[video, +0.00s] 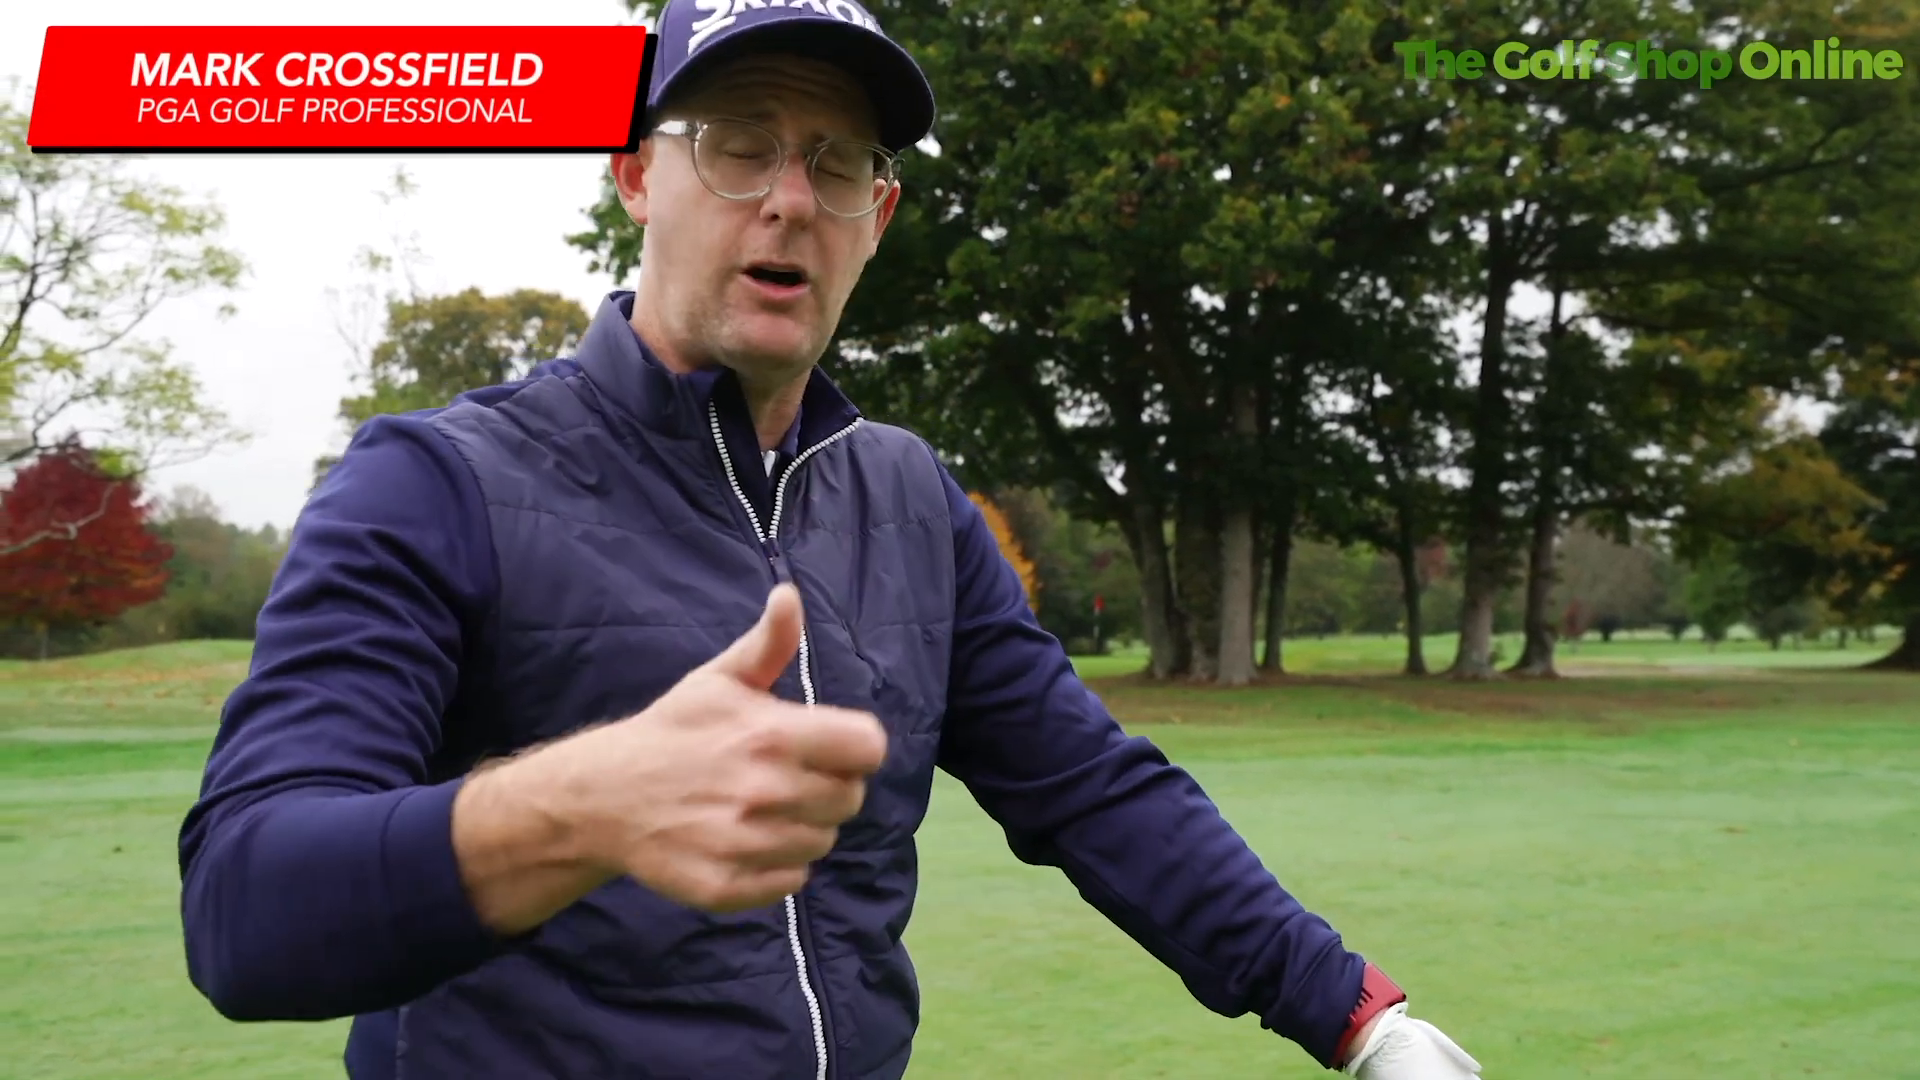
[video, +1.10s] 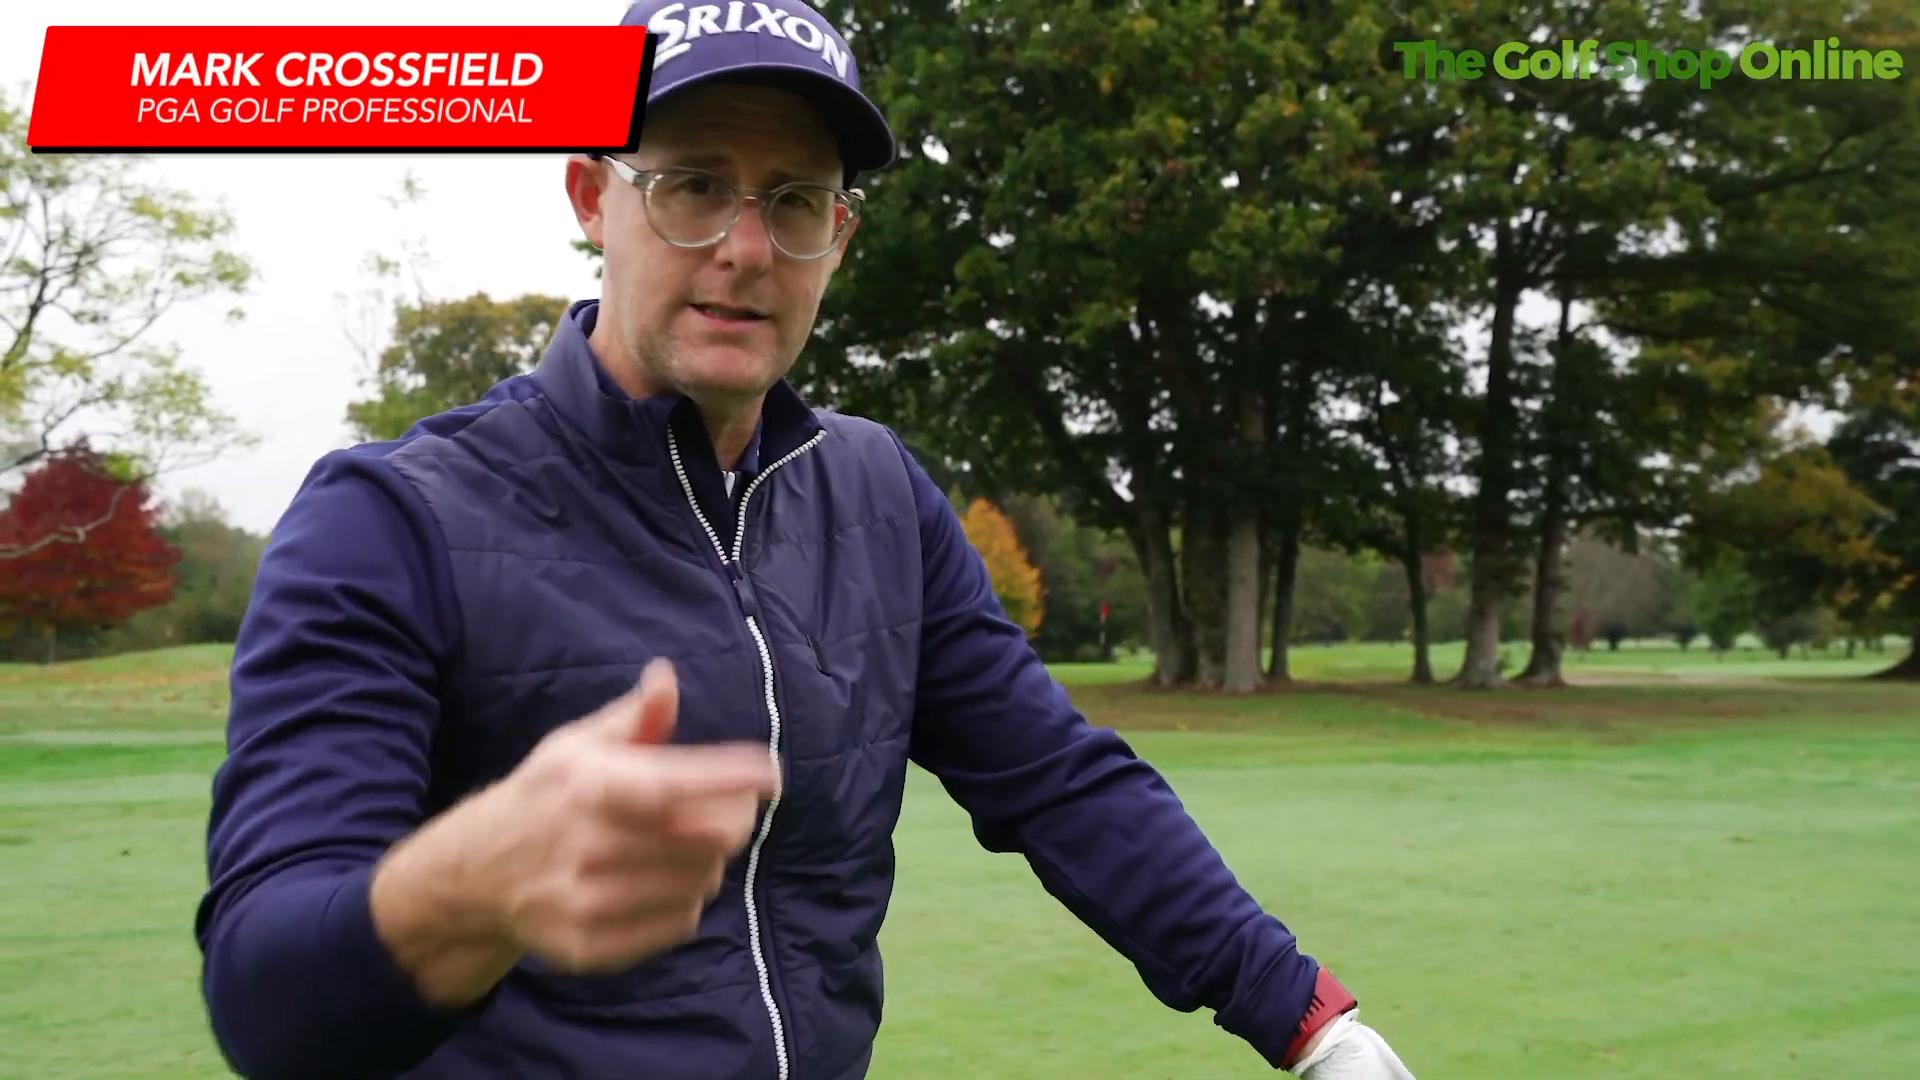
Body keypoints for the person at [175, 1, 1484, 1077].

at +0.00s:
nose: (789, 205)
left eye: (833, 167)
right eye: (739, 150)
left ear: (877, 220)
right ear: (643, 182)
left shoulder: (913, 505)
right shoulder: (442, 482)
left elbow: (1095, 790)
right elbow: (248, 918)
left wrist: (1365, 1022)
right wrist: (582, 804)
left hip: (835, 1052)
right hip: (503, 1052)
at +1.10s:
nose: (744, 244)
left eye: (792, 199)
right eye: (694, 185)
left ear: (841, 236)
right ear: (595, 204)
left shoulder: (882, 500)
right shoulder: (398, 514)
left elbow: (1064, 782)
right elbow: (268, 998)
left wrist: (1320, 1033)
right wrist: (467, 893)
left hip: (809, 1065)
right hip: (511, 1067)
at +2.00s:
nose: (795, 396)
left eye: (847, 350)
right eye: (755, 330)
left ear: (885, 323)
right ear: (632, 251)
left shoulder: (822, 468)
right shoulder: (366, 539)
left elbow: (966, 692)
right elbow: (230, 1002)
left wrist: (990, 830)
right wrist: (632, 1041)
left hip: (816, 1057)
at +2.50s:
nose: (739, 233)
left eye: (786, 189)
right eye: (692, 174)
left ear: (836, 244)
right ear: (588, 203)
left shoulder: (854, 477)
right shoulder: (370, 522)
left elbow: (1003, 729)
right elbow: (244, 997)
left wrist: (999, 824)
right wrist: (600, 1018)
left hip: (817, 1058)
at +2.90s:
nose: (763, 259)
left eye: (819, 213)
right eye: (722, 191)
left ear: (877, 262)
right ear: (631, 203)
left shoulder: (888, 497)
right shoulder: (393, 502)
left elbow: (1010, 796)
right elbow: (173, 945)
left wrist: (1030, 1043)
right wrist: (528, 1034)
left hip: (840, 1068)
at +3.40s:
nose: (722, 262)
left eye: (784, 214)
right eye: (688, 188)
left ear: (858, 252)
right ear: (608, 187)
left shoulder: (890, 432)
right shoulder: (418, 465)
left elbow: (1005, 678)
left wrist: (1058, 925)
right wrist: (719, 886)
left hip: (847, 1049)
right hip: (550, 1053)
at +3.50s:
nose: (721, 291)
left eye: (782, 240)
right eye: (683, 216)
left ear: (857, 266)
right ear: (600, 200)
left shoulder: (893, 434)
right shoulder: (415, 484)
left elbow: (970, 690)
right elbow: (343, 979)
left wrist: (1004, 933)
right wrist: (717, 923)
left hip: (851, 1054)